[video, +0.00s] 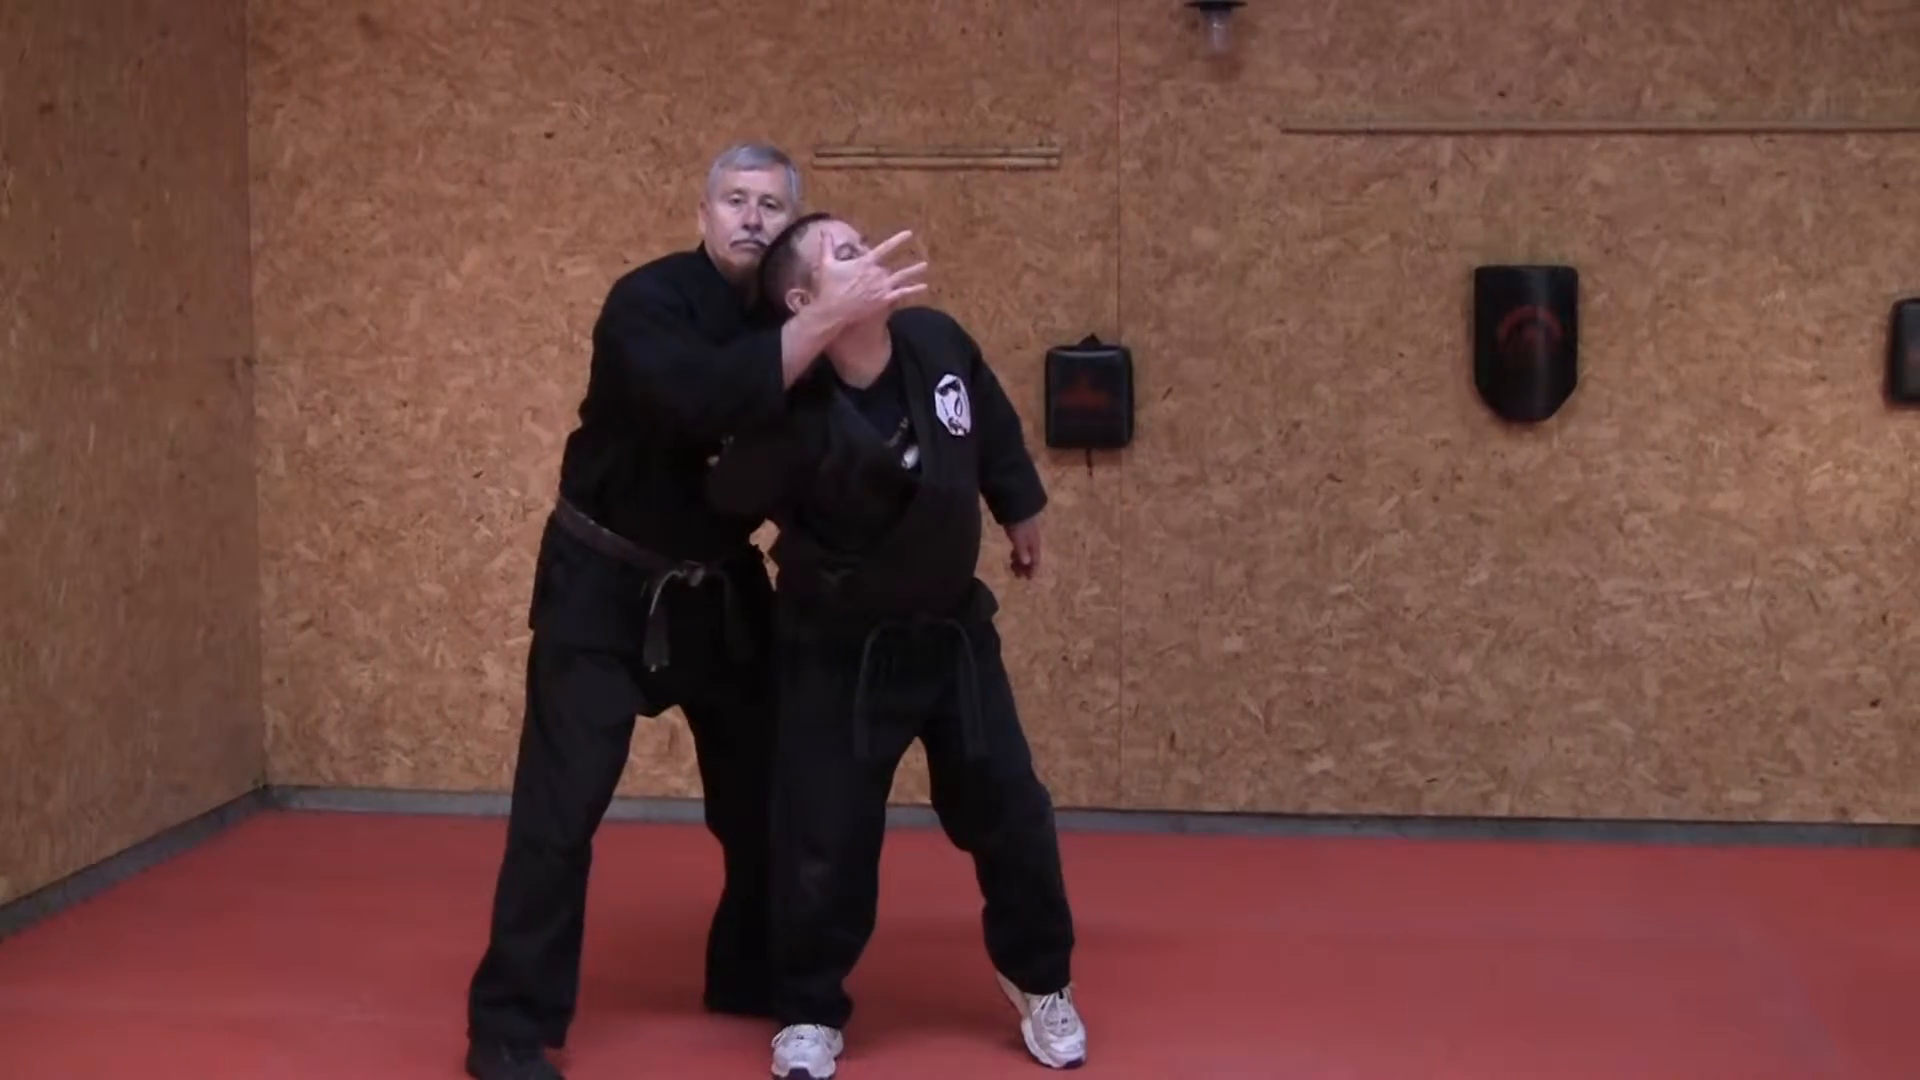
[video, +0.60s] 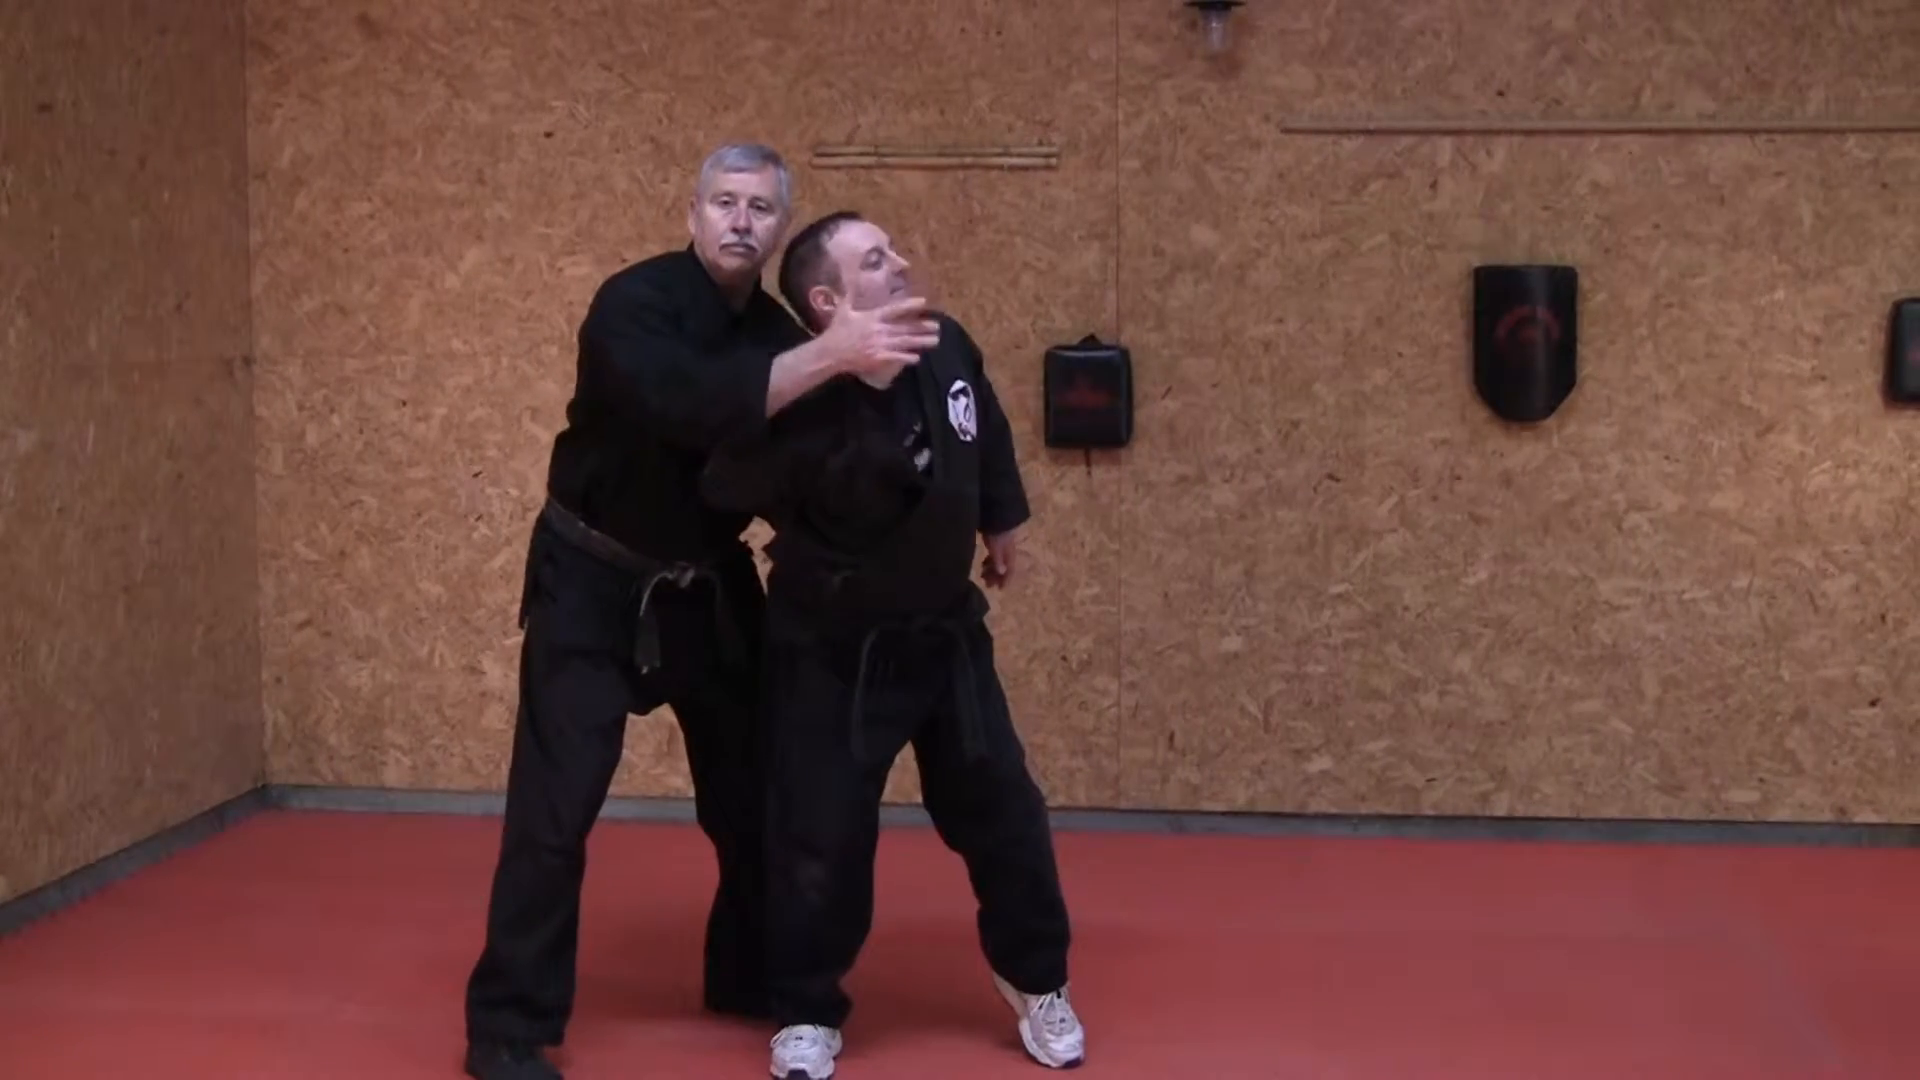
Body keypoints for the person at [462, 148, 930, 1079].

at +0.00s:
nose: (752, 216)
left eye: (771, 205)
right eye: (736, 199)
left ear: (792, 224)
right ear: (701, 210)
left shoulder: (790, 308)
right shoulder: (643, 303)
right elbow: (697, 399)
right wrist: (824, 318)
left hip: (719, 576)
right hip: (604, 573)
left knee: (762, 790)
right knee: (560, 811)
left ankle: (752, 977)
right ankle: (514, 1032)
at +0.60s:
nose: (742, 219)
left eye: (761, 207)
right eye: (725, 202)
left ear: (782, 229)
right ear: (692, 215)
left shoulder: (783, 329)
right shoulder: (630, 305)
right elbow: (678, 403)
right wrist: (828, 355)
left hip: (710, 579)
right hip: (591, 575)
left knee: (754, 791)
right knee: (555, 813)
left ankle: (748, 980)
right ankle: (511, 1037)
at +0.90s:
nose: (744, 220)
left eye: (763, 207)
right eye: (728, 202)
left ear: (783, 226)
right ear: (693, 209)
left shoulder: (786, 345)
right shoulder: (626, 305)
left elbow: (822, 452)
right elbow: (617, 443)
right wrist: (752, 466)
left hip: (706, 577)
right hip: (588, 576)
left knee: (752, 789)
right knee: (552, 814)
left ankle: (746, 978)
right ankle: (510, 1038)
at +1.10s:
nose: (742, 219)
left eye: (762, 206)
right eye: (727, 201)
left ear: (785, 224)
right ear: (695, 209)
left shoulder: (791, 349)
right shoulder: (624, 307)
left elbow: (828, 478)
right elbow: (557, 451)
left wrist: (791, 441)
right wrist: (654, 550)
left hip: (712, 578)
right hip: (589, 576)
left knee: (756, 789)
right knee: (551, 815)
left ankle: (747, 971)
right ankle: (508, 1032)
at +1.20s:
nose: (744, 219)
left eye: (764, 205)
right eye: (728, 200)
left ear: (786, 224)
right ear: (696, 209)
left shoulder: (792, 348)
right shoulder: (623, 308)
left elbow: (834, 483)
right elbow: (534, 450)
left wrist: (809, 437)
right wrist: (599, 570)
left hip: (711, 582)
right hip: (586, 582)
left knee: (759, 791)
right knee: (551, 819)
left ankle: (748, 972)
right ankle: (508, 1034)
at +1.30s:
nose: (750, 220)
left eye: (770, 207)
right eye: (734, 201)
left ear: (791, 226)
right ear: (701, 210)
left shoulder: (795, 350)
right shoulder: (625, 308)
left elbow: (841, 489)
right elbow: (526, 449)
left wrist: (848, 425)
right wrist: (566, 585)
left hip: (713, 585)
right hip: (592, 580)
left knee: (762, 789)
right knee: (551, 819)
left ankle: (747, 972)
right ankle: (508, 1033)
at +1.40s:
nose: (758, 222)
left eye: (778, 208)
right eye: (742, 202)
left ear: (797, 226)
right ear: (708, 211)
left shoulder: (800, 356)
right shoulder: (627, 307)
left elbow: (825, 504)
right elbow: (525, 444)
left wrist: (891, 471)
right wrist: (552, 571)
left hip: (715, 584)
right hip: (593, 577)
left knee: (773, 786)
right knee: (552, 818)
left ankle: (747, 973)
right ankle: (509, 1035)